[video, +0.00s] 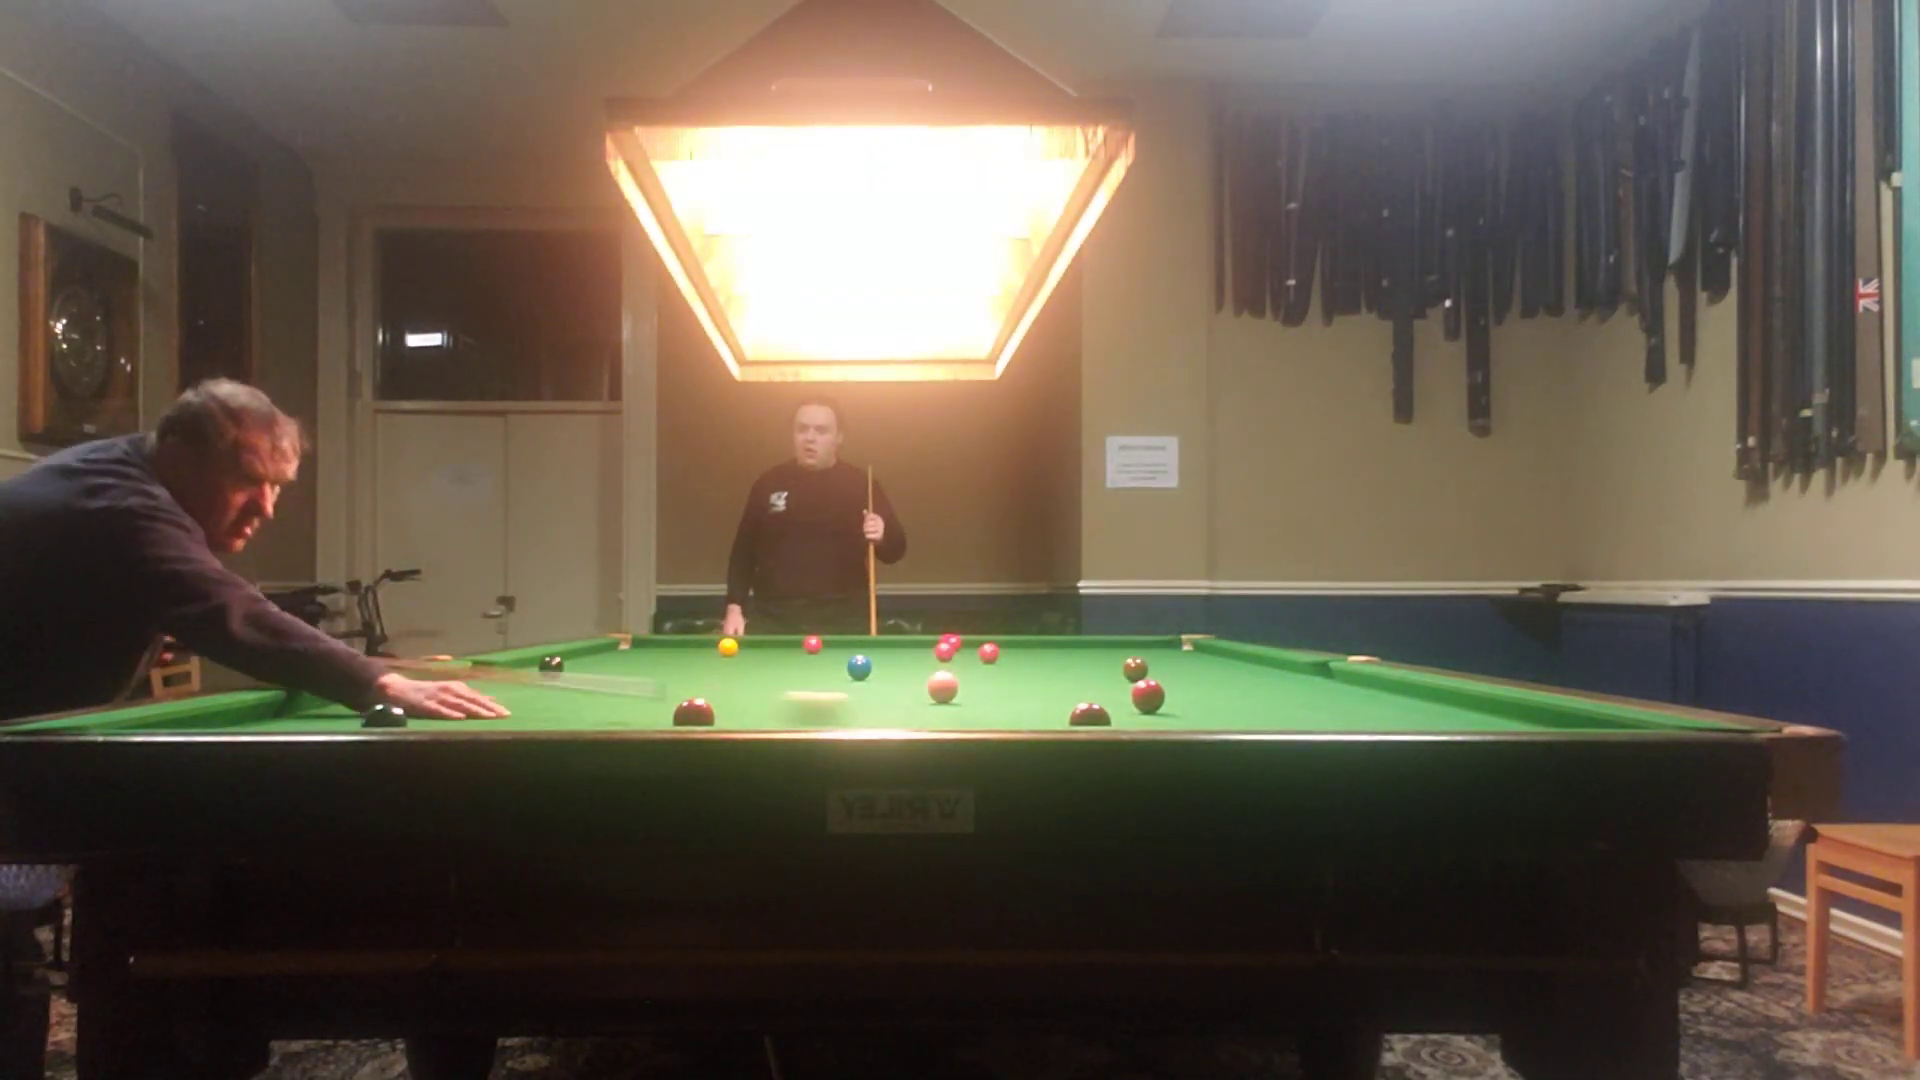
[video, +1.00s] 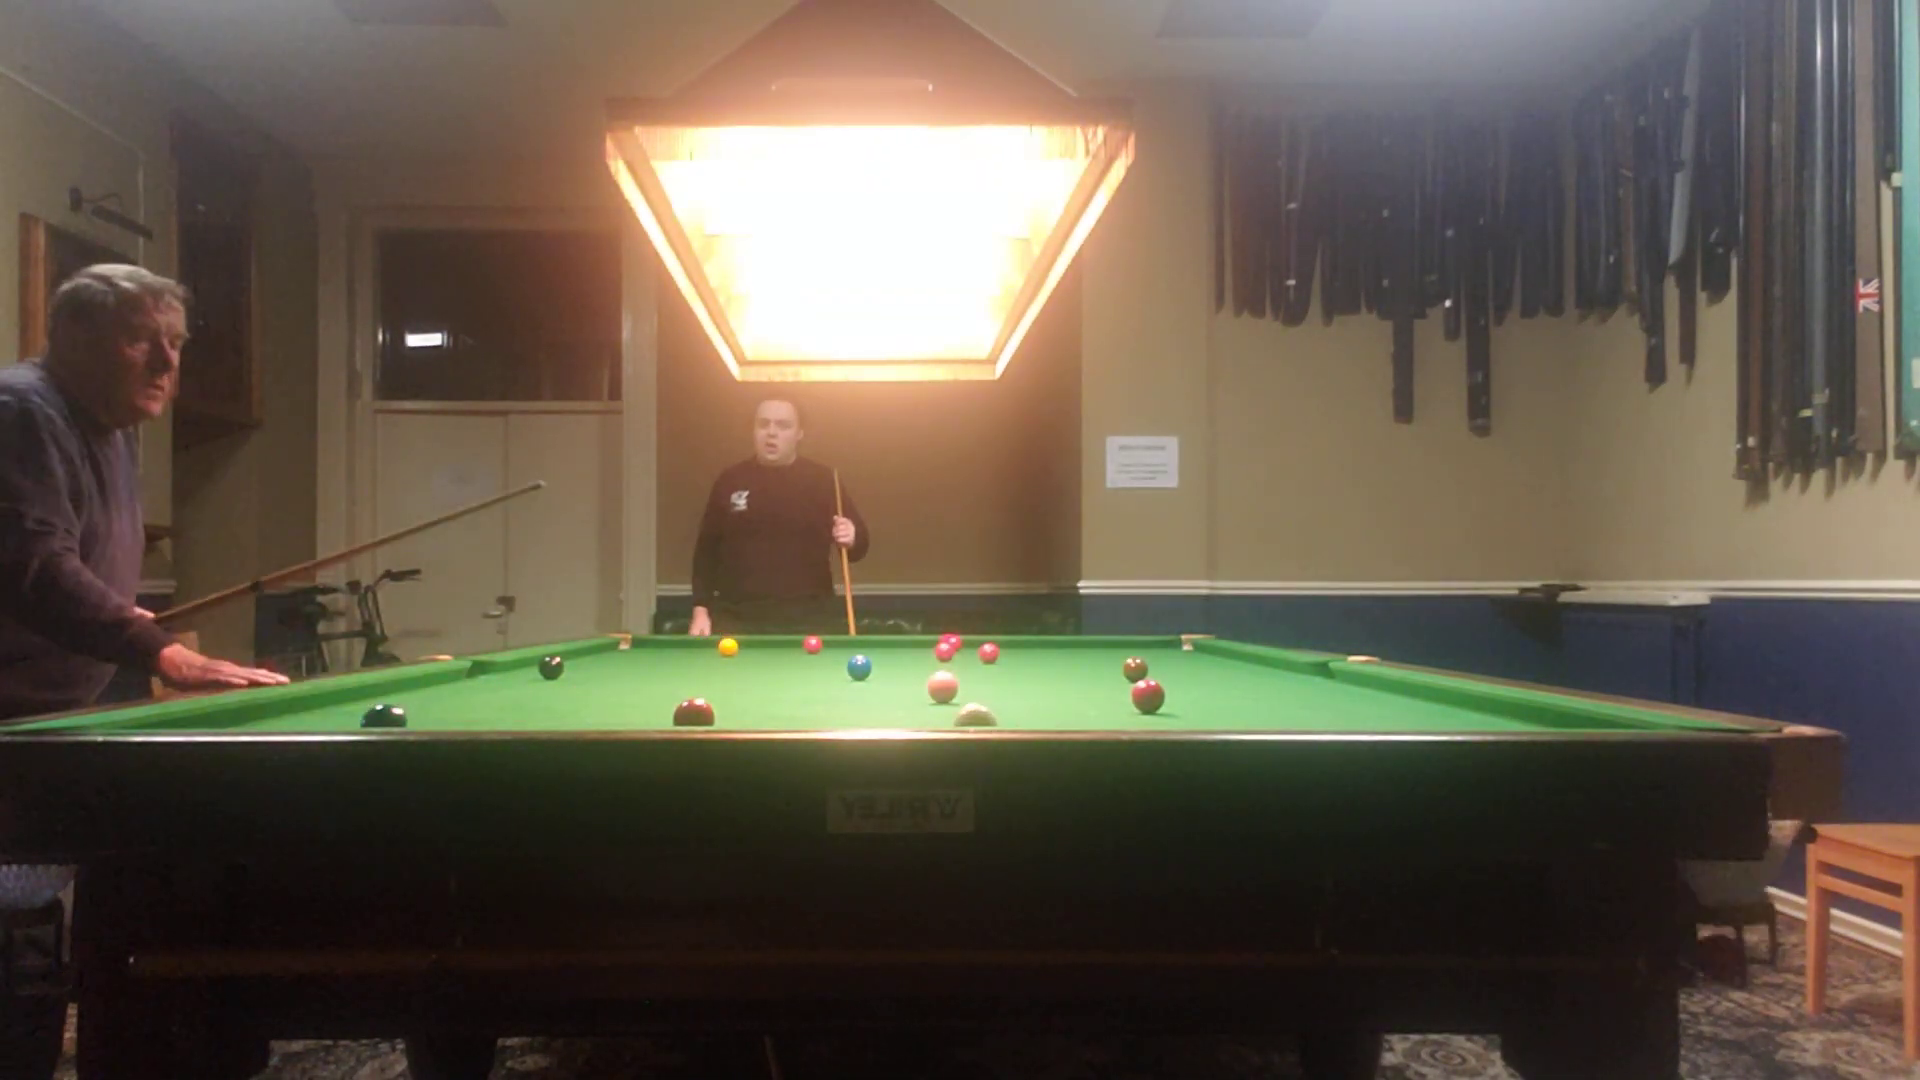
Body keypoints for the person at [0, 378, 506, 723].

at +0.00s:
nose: (266, 507)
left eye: (277, 488)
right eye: (250, 484)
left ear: (180, 457)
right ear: (189, 462)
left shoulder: (124, 463)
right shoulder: (134, 516)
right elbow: (244, 622)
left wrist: (144, 620)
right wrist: (386, 682)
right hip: (14, 731)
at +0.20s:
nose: (251, 470)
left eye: (262, 450)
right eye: (232, 444)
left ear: (272, 451)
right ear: (164, 423)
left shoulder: (111, 451)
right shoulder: (113, 485)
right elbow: (214, 596)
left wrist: (117, 620)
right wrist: (355, 670)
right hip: (13, 736)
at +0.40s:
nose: (238, 437)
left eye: (246, 419)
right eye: (217, 412)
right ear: (153, 398)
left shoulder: (99, 437)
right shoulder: (98, 460)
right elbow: (181, 584)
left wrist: (112, 618)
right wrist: (321, 656)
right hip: (19, 739)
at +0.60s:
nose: (215, 405)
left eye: (222, 387)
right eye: (198, 381)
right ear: (137, 373)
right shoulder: (72, 434)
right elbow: (127, 575)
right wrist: (268, 654)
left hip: (47, 760)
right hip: (17, 763)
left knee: (34, 960)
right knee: (25, 966)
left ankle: (31, 1060)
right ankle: (27, 1064)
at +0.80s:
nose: (187, 384)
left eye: (194, 366)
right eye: (172, 361)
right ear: (108, 352)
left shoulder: (99, 429)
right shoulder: (40, 415)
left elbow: (105, 578)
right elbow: (63, 576)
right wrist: (194, 652)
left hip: (76, 733)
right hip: (22, 735)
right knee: (28, 937)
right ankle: (29, 1065)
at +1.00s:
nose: (169, 362)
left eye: (176, 345)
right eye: (150, 343)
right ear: (85, 343)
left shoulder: (110, 432)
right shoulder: (22, 410)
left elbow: (100, 580)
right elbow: (31, 564)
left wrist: (160, 657)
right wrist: (160, 648)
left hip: (78, 726)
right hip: (13, 730)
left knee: (58, 929)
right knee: (22, 934)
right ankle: (27, 1064)